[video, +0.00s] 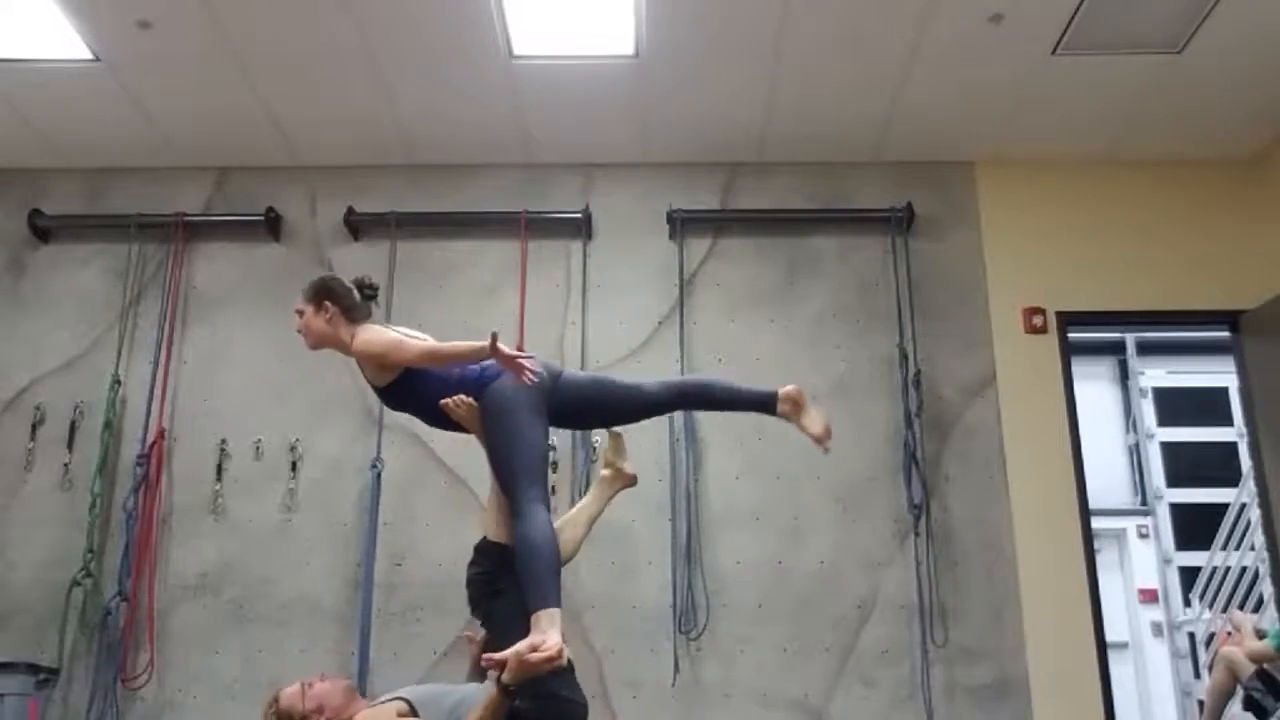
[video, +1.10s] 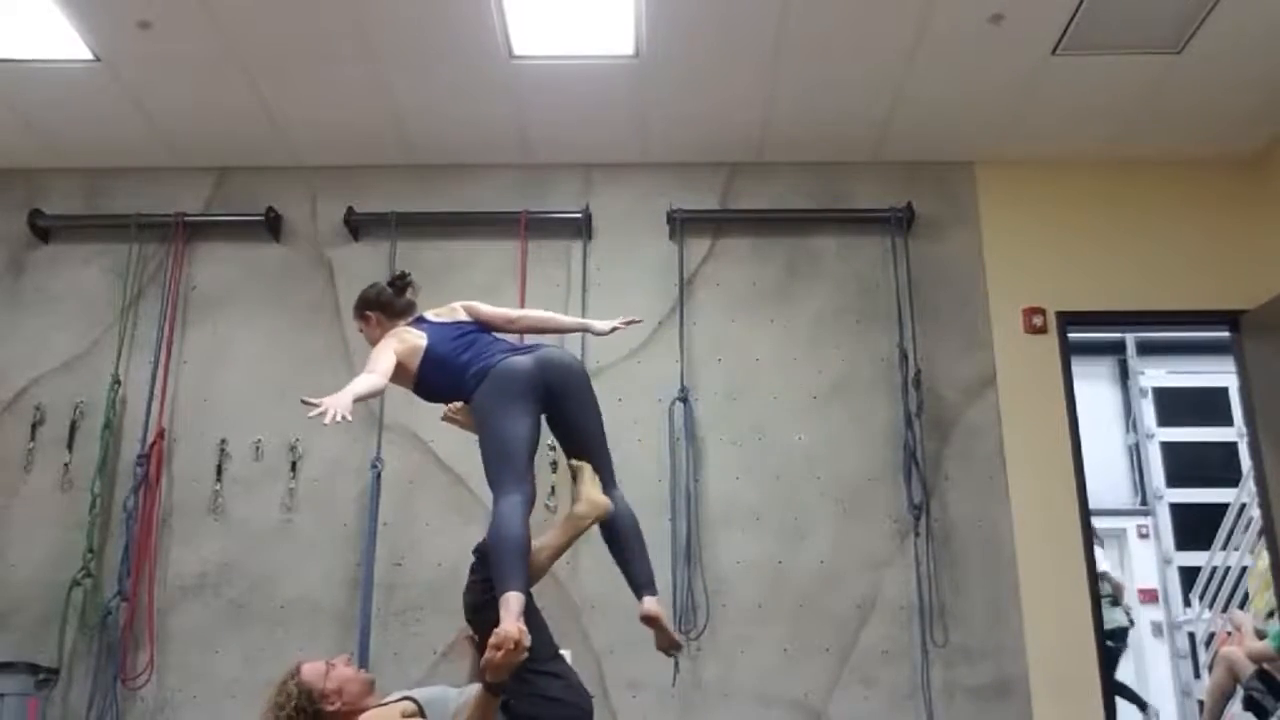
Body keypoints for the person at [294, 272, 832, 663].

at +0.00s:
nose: (299, 325)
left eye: (304, 316)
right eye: (298, 317)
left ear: (331, 312)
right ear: (337, 312)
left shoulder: (365, 342)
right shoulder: (377, 345)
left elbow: (431, 351)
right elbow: (438, 356)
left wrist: (492, 349)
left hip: (499, 396)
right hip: (521, 381)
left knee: (526, 505)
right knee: (657, 396)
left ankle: (546, 633)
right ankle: (781, 401)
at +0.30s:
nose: (357, 358)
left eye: (360, 349)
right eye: (355, 351)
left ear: (381, 344)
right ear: (392, 338)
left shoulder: (400, 367)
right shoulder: (435, 359)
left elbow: (444, 357)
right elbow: (482, 363)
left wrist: (477, 357)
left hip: (526, 383)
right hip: (566, 366)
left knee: (534, 495)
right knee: (670, 366)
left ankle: (532, 622)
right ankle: (782, 342)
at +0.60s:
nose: (392, 382)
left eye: (391, 372)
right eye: (388, 374)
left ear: (404, 361)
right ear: (422, 347)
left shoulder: (413, 378)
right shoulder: (469, 357)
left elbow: (431, 375)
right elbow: (518, 355)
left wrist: (458, 396)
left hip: (520, 382)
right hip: (563, 361)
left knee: (514, 490)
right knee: (643, 359)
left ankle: (496, 604)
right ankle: (730, 327)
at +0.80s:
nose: (381, 375)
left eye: (378, 367)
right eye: (377, 368)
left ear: (389, 356)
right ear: (412, 339)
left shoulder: (405, 372)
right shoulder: (465, 337)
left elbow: (397, 393)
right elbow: (531, 332)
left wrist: (374, 408)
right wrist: (598, 322)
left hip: (513, 382)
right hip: (565, 359)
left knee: (511, 491)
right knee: (648, 436)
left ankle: (499, 615)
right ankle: (744, 484)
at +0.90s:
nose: (373, 363)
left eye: (372, 354)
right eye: (371, 354)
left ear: (382, 343)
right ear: (407, 329)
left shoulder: (399, 365)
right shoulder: (461, 326)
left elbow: (388, 392)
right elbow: (523, 325)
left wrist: (363, 410)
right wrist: (594, 317)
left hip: (501, 383)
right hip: (553, 357)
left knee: (505, 492)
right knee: (636, 460)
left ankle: (496, 613)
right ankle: (724, 540)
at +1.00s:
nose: (367, 352)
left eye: (366, 343)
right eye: (365, 344)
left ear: (380, 334)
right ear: (407, 321)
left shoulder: (396, 357)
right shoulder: (457, 319)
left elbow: (379, 387)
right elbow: (520, 321)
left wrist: (349, 403)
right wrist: (589, 318)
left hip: (500, 378)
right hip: (554, 356)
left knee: (504, 493)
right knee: (623, 476)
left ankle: (494, 616)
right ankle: (685, 573)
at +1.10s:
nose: (364, 337)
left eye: (361, 329)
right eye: (361, 331)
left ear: (373, 319)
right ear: (399, 306)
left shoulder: (392, 343)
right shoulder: (453, 309)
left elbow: (377, 376)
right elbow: (521, 319)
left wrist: (346, 393)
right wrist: (592, 325)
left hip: (501, 381)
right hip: (556, 359)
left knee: (510, 497)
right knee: (605, 488)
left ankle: (511, 617)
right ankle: (648, 598)